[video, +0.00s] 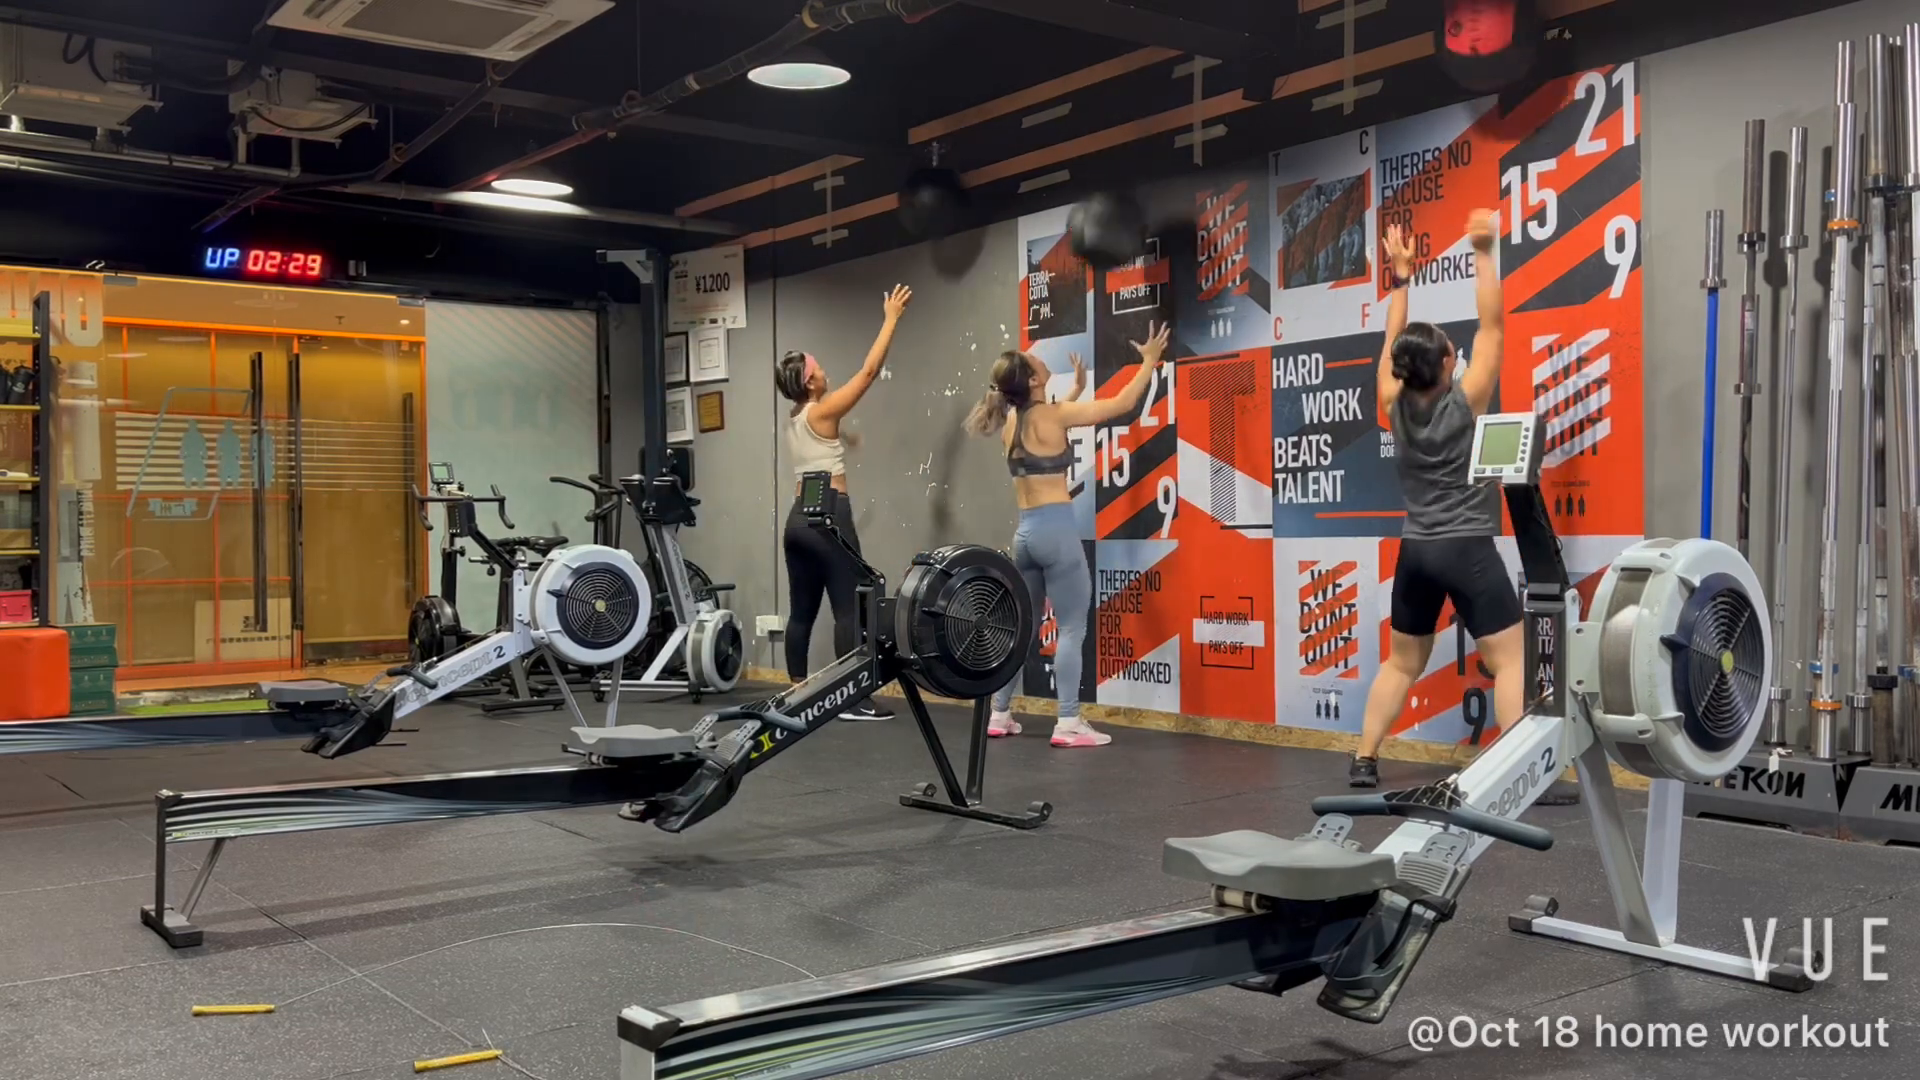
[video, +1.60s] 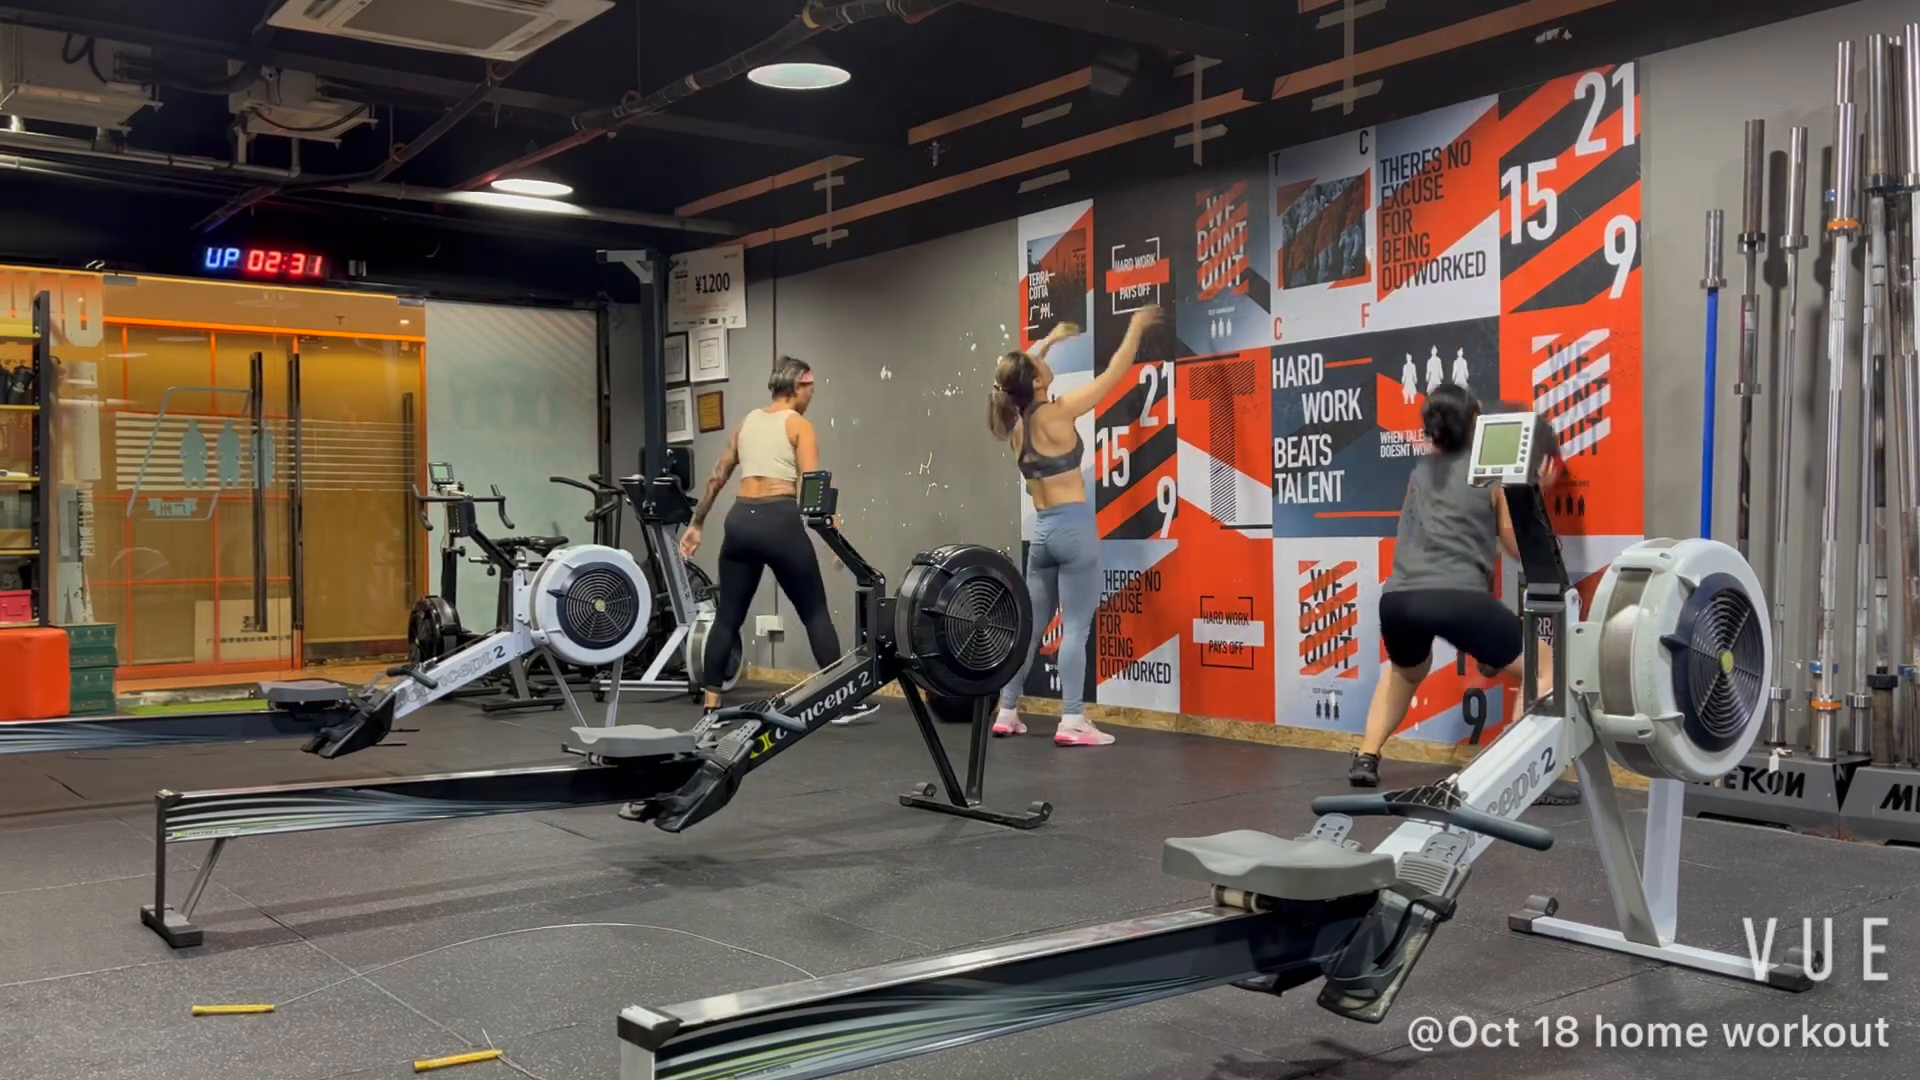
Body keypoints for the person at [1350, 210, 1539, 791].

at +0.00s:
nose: (1454, 352)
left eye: (1446, 348)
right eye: (1449, 349)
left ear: (1403, 369)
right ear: (1445, 365)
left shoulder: (1396, 406)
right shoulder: (1468, 400)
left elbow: (1392, 341)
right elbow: (1491, 325)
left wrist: (1401, 276)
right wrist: (1485, 251)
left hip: (1417, 553)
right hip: (1470, 552)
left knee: (1401, 661)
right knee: (1507, 663)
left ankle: (1363, 762)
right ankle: (1520, 776)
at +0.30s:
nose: (1453, 347)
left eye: (1449, 342)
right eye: (1449, 345)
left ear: (1412, 367)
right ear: (1447, 360)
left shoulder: (1401, 400)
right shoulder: (1478, 396)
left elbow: (1411, 370)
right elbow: (1546, 374)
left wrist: (1430, 327)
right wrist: (1554, 311)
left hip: (1414, 553)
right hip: (1469, 553)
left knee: (1398, 662)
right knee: (1499, 663)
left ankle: (1362, 763)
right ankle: (1522, 775)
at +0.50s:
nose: (1460, 336)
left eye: (1453, 334)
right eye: (1454, 338)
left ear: (1414, 371)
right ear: (1451, 364)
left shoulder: (1402, 414)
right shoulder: (1476, 407)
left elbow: (1437, 395)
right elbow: (1526, 414)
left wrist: (1451, 351)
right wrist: (1528, 354)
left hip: (1407, 561)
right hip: (1464, 562)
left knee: (1398, 665)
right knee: (1512, 662)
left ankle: (1363, 760)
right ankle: (1516, 772)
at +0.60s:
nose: (1454, 375)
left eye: (1450, 368)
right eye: (1449, 371)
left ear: (1407, 390)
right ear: (1444, 384)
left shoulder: (1400, 438)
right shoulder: (1468, 432)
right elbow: (1519, 457)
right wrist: (1536, 410)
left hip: (1403, 580)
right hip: (1461, 580)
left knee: (1398, 668)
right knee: (1525, 668)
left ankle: (1363, 763)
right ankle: (1520, 771)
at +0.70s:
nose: (1467, 415)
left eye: (1462, 408)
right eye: (1461, 410)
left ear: (1415, 426)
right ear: (1454, 419)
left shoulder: (1404, 471)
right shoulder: (1478, 469)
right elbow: (1506, 534)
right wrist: (1544, 489)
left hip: (1391, 607)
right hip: (1451, 608)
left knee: (1398, 674)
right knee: (1539, 669)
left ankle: (1363, 762)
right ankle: (1522, 773)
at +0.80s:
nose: (1473, 453)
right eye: (1471, 447)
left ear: (1421, 458)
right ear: (1465, 455)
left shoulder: (1413, 505)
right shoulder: (1488, 510)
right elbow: (1515, 579)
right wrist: (1547, 525)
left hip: (1385, 639)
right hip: (1448, 639)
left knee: (1392, 680)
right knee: (1545, 669)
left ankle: (1363, 762)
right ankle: (1534, 776)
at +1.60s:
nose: (1483, 421)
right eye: (1479, 417)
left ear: (1432, 430)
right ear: (1476, 423)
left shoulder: (1419, 475)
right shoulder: (1490, 479)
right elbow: (1520, 550)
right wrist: (1540, 494)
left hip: (1401, 600)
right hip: (1462, 601)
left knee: (1404, 671)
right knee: (1539, 670)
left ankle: (1365, 759)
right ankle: (1530, 776)